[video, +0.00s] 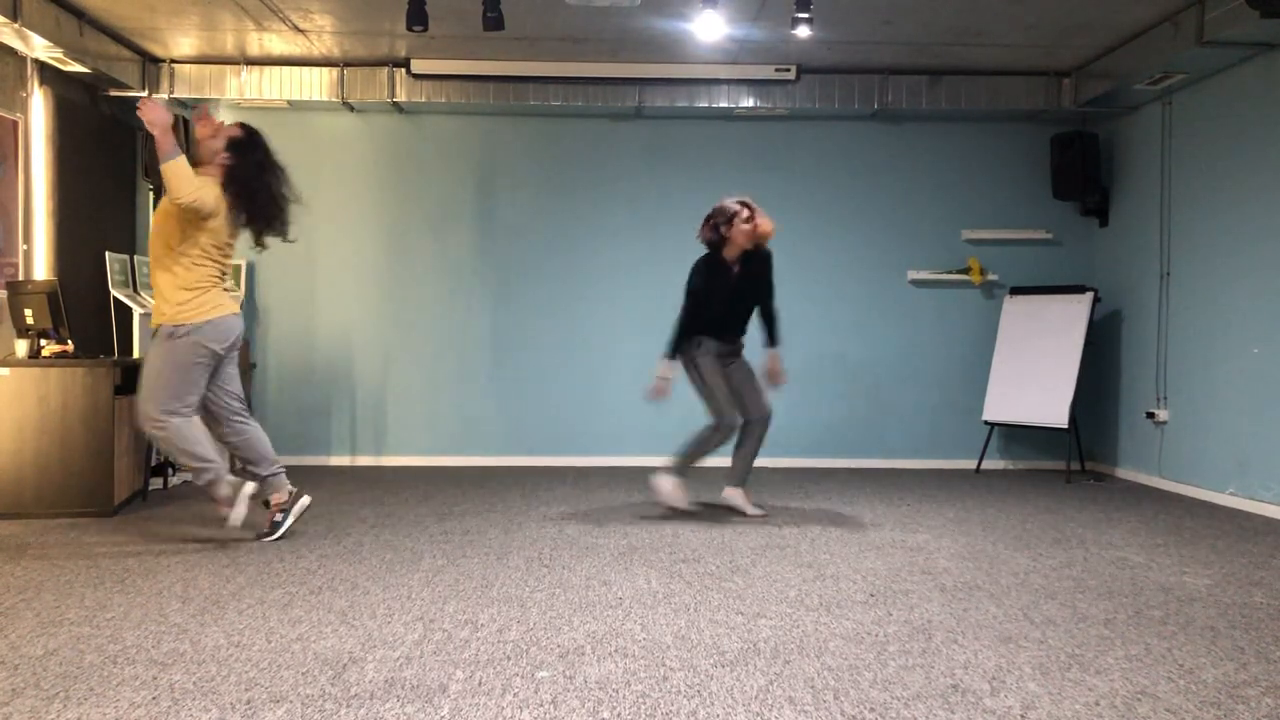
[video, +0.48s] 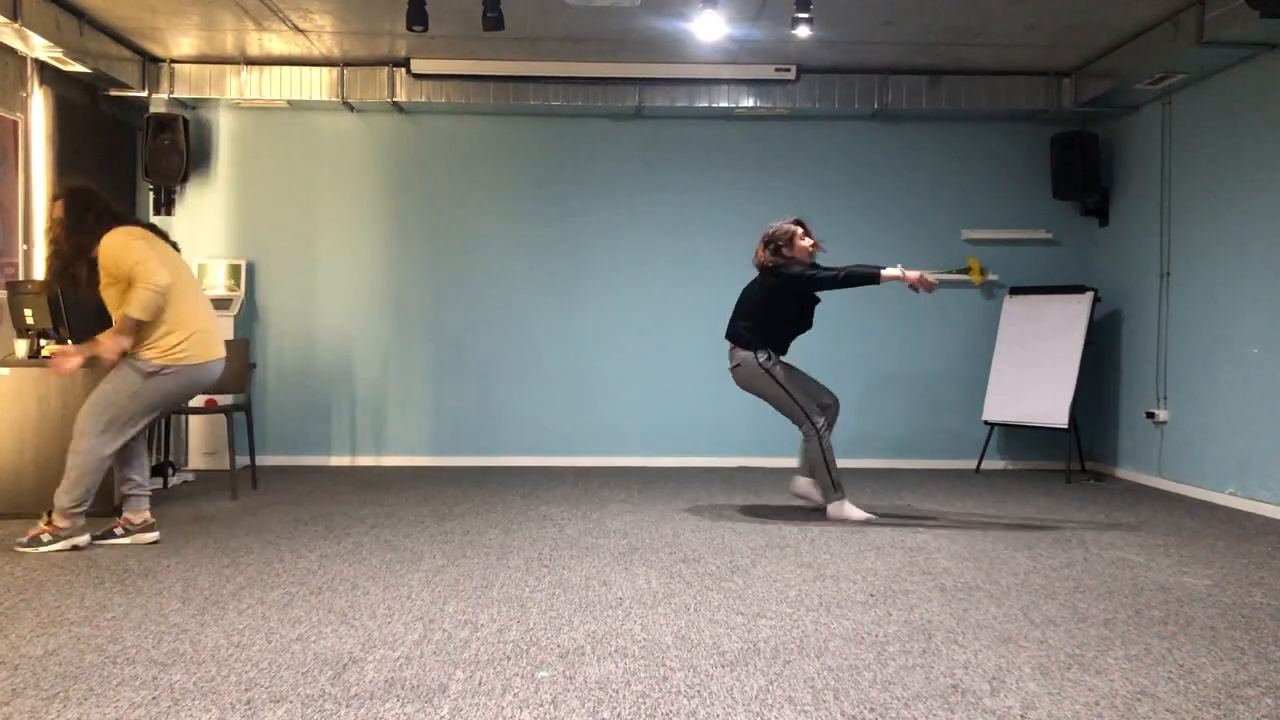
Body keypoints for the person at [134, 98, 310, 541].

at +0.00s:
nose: (210, 128)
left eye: (219, 132)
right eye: (218, 126)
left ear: (225, 158)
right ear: (227, 162)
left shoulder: (205, 192)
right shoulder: (222, 193)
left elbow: (185, 192)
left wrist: (163, 136)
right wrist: (202, 135)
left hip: (192, 321)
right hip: (220, 317)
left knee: (161, 413)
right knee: (230, 416)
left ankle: (225, 488)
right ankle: (282, 496)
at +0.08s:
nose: (170, 141)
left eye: (179, 140)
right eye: (176, 135)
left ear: (194, 159)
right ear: (195, 162)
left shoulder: (187, 197)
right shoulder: (181, 192)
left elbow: (180, 204)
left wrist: (152, 144)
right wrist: (169, 132)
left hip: (185, 330)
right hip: (211, 327)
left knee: (121, 404)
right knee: (222, 423)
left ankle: (177, 488)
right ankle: (284, 496)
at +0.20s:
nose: (80, 185)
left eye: (89, 177)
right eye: (82, 178)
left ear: (121, 184)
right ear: (115, 187)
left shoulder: (137, 220)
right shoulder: (116, 227)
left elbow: (151, 244)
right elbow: (112, 239)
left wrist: (121, 205)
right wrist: (93, 215)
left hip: (155, 354)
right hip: (190, 355)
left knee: (89, 426)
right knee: (159, 445)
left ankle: (66, 523)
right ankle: (247, 484)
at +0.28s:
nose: (62, 213)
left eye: (68, 206)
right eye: (62, 206)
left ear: (95, 209)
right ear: (97, 210)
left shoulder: (119, 238)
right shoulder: (131, 246)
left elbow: (134, 274)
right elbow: (105, 298)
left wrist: (85, 245)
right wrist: (65, 268)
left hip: (150, 364)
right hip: (187, 366)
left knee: (66, 426)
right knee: (121, 437)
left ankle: (65, 524)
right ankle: (197, 485)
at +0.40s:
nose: (49, 234)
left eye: (53, 224)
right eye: (48, 224)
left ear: (75, 221)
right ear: (91, 220)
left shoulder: (109, 246)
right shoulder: (136, 246)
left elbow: (136, 288)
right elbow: (123, 332)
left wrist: (81, 323)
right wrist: (67, 341)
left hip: (160, 360)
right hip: (192, 359)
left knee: (80, 422)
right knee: (117, 423)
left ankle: (64, 523)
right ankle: (134, 514)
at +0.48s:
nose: (54, 231)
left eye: (59, 222)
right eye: (53, 222)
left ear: (82, 220)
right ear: (97, 218)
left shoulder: (116, 241)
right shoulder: (135, 240)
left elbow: (155, 280)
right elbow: (131, 328)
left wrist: (123, 333)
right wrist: (83, 351)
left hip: (173, 356)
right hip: (196, 355)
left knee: (94, 421)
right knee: (126, 422)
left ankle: (66, 522)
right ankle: (137, 517)